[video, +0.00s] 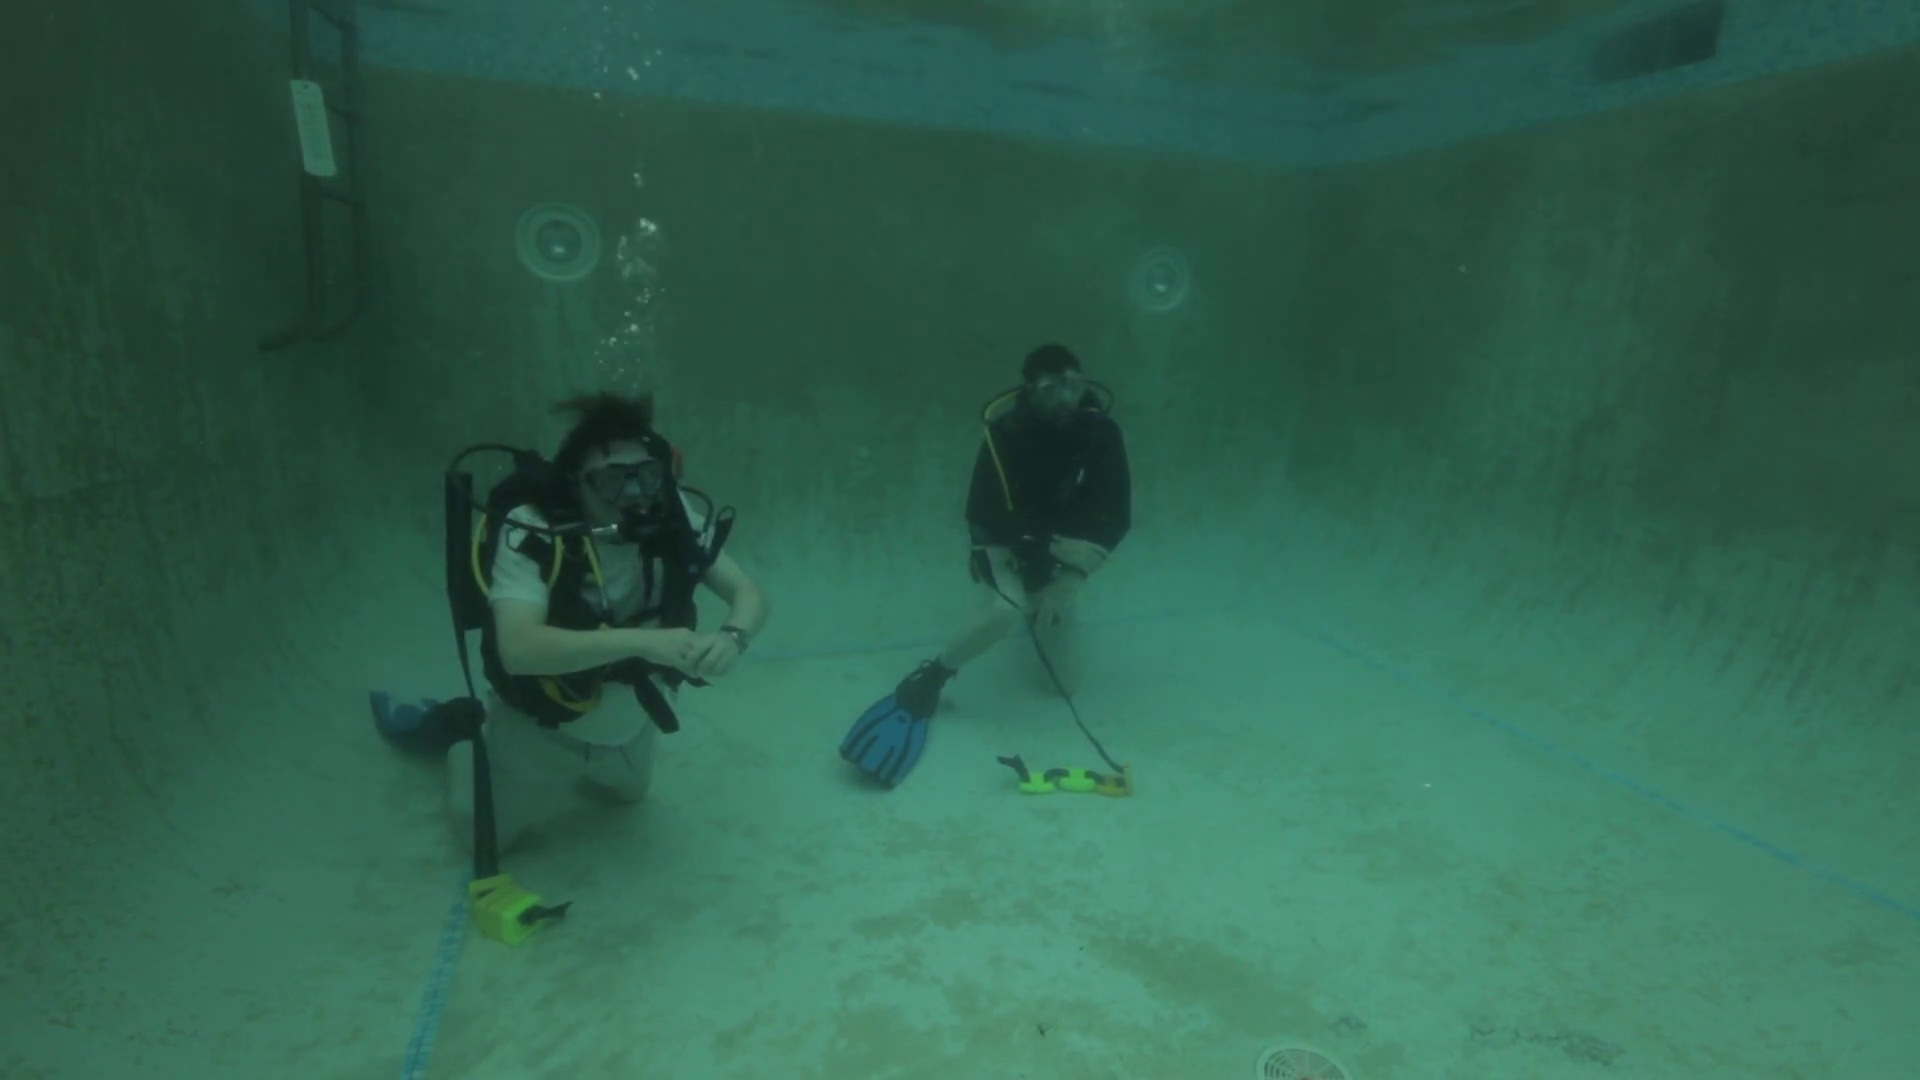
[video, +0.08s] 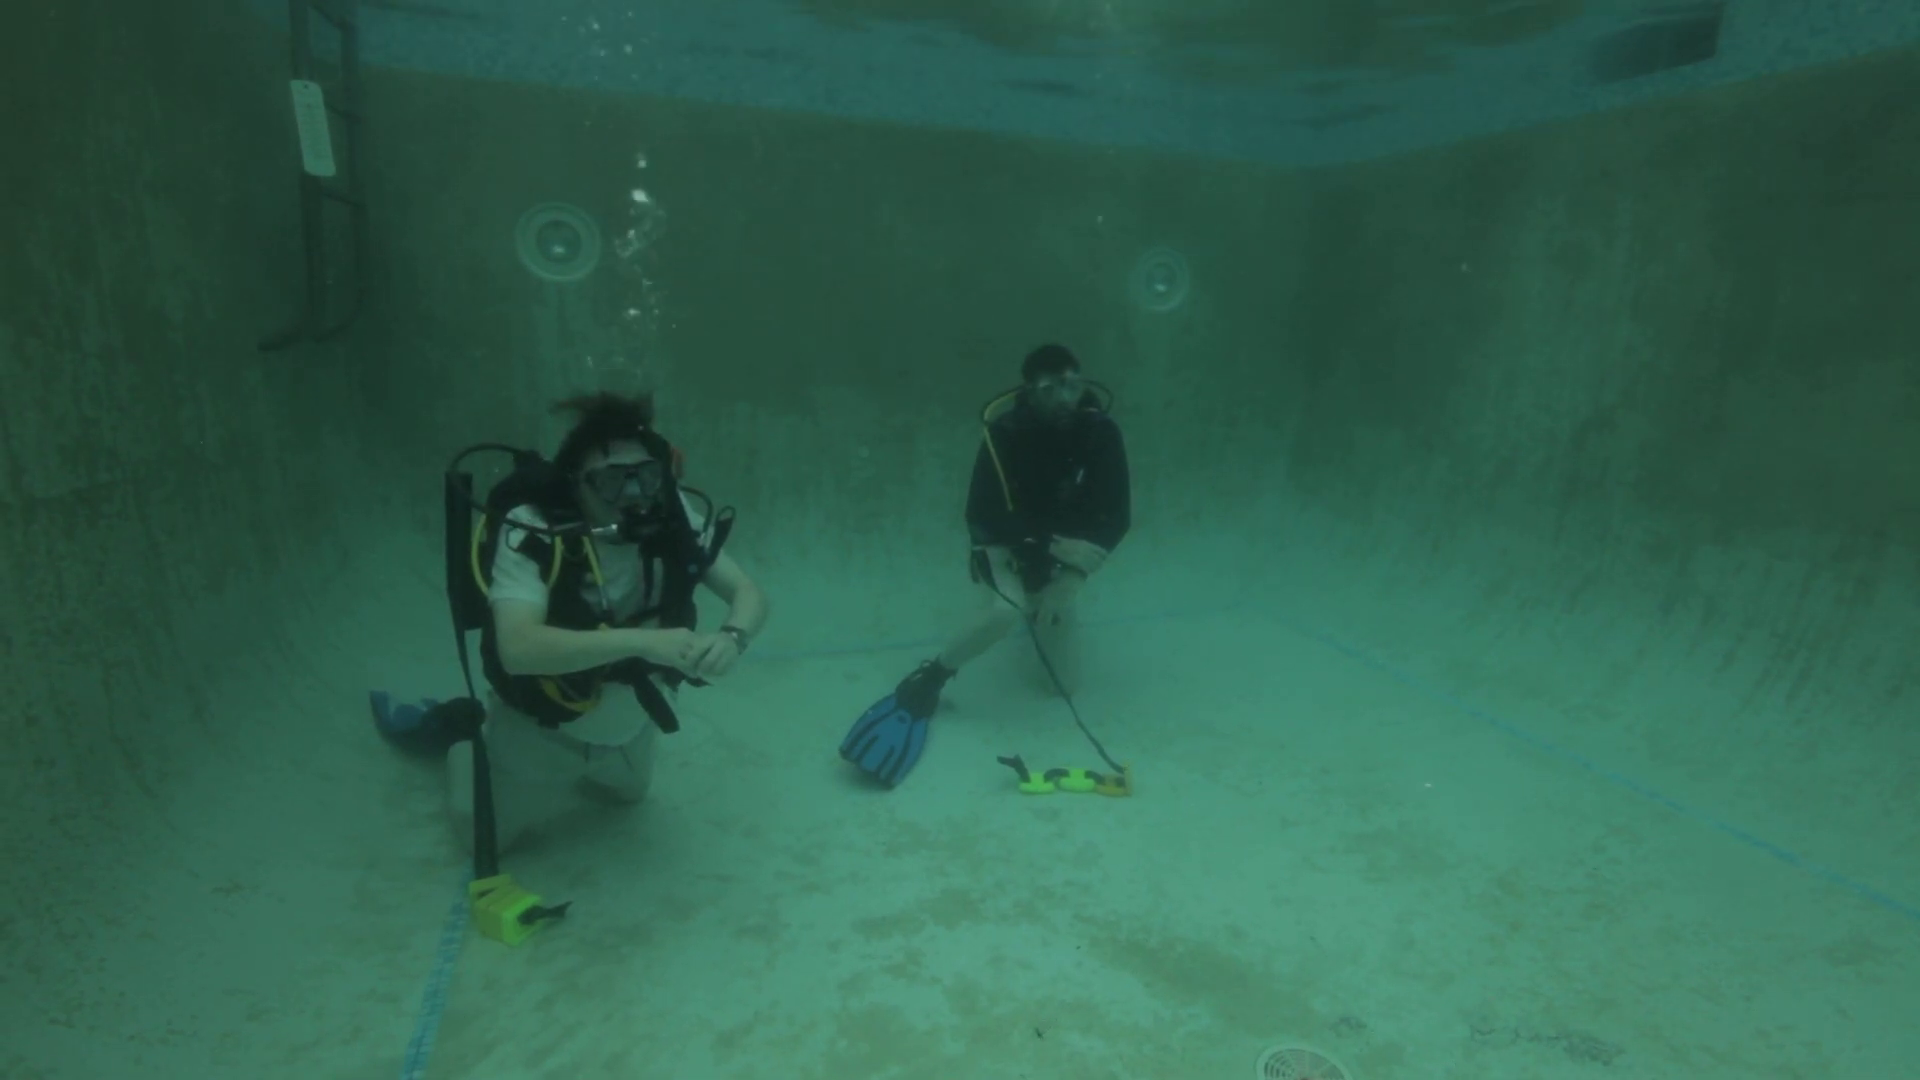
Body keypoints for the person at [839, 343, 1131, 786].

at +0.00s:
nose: (1066, 397)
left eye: (1073, 385)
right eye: (1055, 386)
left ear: (1083, 387)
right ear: (1032, 388)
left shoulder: (1101, 431)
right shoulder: (1007, 428)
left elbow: (1115, 517)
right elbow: (985, 512)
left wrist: (1067, 584)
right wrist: (1055, 545)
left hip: (1067, 550)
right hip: (1007, 543)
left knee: (1065, 680)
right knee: (1007, 610)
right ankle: (929, 680)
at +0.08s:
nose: (1066, 397)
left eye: (1072, 385)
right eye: (1055, 387)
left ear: (1082, 386)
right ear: (1031, 388)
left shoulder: (1100, 430)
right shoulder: (1006, 428)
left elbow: (1115, 516)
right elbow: (985, 513)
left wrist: (1068, 582)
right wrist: (1055, 544)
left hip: (1067, 549)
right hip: (1006, 543)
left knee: (1066, 679)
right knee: (1008, 610)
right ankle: (928, 680)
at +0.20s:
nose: (1064, 397)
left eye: (1071, 385)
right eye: (1053, 386)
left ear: (1081, 386)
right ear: (1030, 388)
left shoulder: (1099, 431)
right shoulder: (1005, 429)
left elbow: (1115, 516)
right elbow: (984, 514)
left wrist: (1067, 582)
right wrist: (1053, 543)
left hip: (1065, 551)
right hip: (1006, 544)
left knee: (1066, 680)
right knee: (1008, 610)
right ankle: (929, 679)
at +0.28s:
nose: (1064, 396)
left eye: (1071, 385)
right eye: (1053, 386)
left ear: (1081, 386)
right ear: (1030, 388)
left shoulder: (1098, 430)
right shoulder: (1005, 427)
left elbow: (1114, 514)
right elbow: (983, 514)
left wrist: (1068, 582)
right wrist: (1054, 543)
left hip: (1064, 549)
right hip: (1005, 542)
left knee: (1065, 680)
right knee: (1008, 610)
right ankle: (929, 679)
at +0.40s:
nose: (1062, 398)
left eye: (1069, 386)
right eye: (1050, 388)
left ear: (1081, 386)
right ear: (1029, 390)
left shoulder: (1098, 429)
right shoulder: (1004, 428)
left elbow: (1114, 514)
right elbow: (983, 515)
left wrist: (1069, 578)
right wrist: (1054, 544)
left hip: (1064, 548)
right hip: (1004, 542)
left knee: (1065, 681)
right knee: (1007, 610)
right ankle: (929, 679)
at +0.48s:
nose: (1061, 398)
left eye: (1069, 386)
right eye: (1050, 388)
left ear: (1080, 386)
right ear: (1028, 390)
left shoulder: (1097, 429)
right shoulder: (1003, 427)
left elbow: (1114, 512)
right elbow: (983, 515)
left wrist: (1068, 579)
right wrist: (1056, 545)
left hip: (1063, 549)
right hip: (1004, 542)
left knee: (1066, 681)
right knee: (1007, 610)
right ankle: (929, 679)